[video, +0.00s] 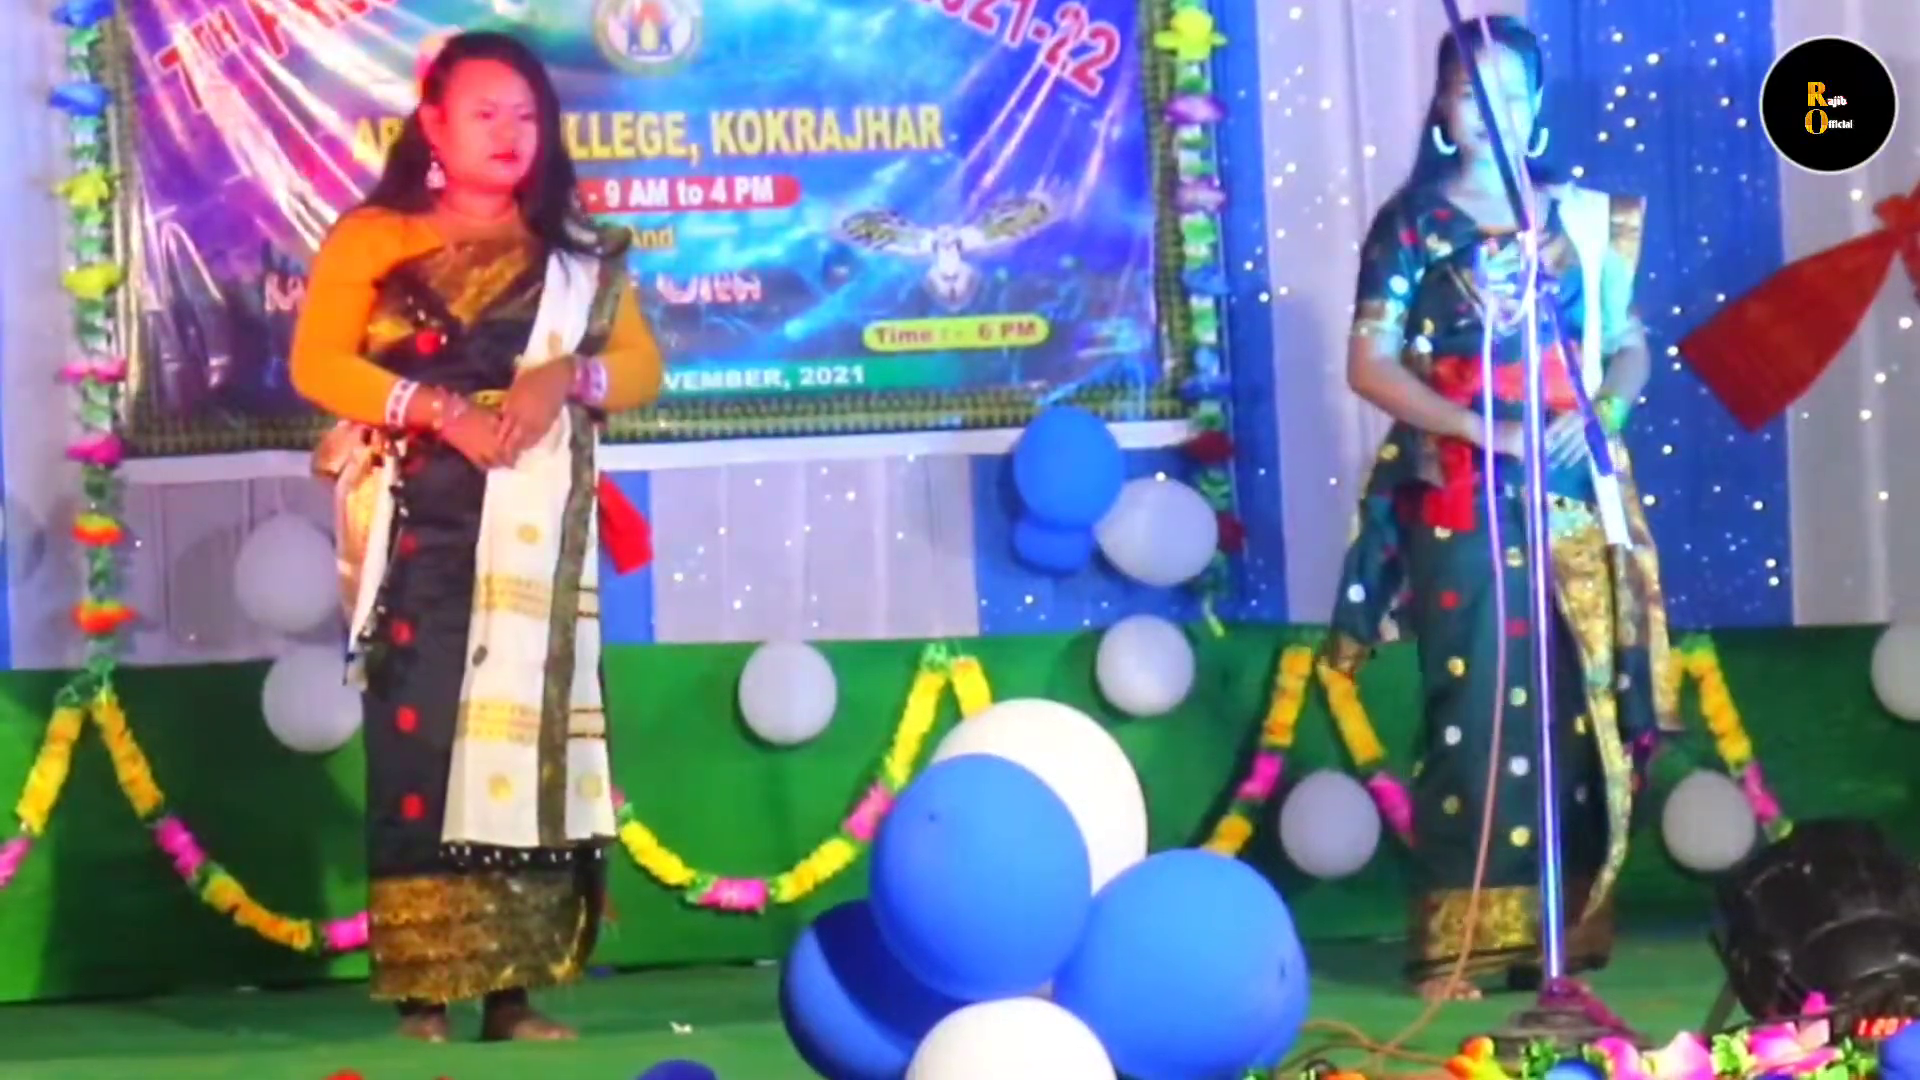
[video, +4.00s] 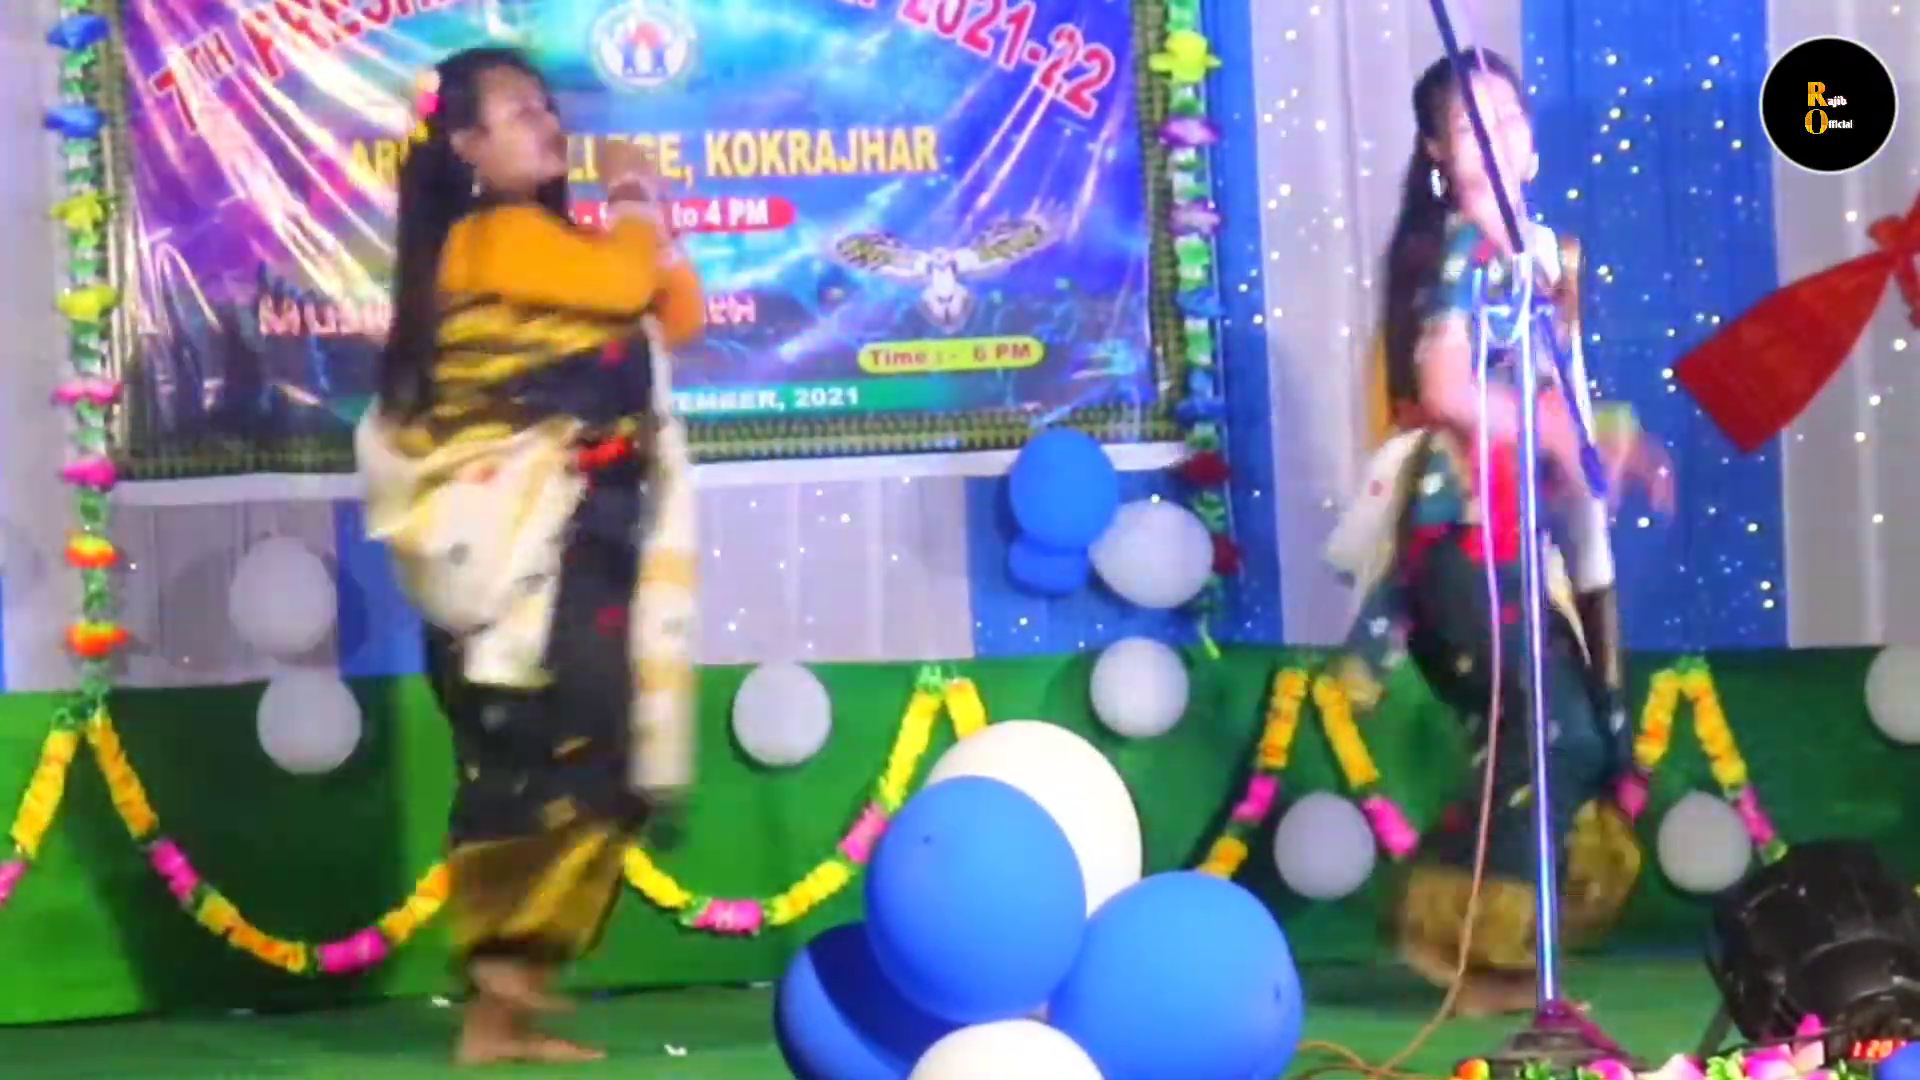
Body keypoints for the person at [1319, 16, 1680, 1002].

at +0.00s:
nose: (1461, 108)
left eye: (1484, 91)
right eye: (1454, 89)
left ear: (1529, 102)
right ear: (1440, 99)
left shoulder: (1577, 216)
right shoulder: (1412, 223)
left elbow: (1625, 345)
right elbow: (1367, 366)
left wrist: (1600, 408)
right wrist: (1479, 427)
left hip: (1571, 500)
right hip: (1462, 501)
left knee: (1578, 706)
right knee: (1471, 708)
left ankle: (1573, 937)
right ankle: (1458, 938)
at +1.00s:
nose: (1443, 122)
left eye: (1461, 105)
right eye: (1426, 105)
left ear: (1494, 113)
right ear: (1404, 117)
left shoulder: (1548, 227)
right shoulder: (1372, 230)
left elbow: (1584, 389)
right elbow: (1334, 369)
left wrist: (1571, 304)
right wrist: (1456, 436)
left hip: (1535, 504)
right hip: (1424, 507)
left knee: (1541, 716)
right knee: (1440, 718)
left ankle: (1530, 951)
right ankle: (1434, 956)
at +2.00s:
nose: (1456, 122)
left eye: (1471, 104)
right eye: (1435, 107)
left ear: (1495, 114)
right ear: (1405, 122)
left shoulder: (1527, 227)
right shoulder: (1379, 233)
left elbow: (1550, 360)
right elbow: (1337, 377)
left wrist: (1555, 435)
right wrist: (1463, 451)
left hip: (1521, 505)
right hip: (1425, 512)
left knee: (1532, 720)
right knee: (1442, 723)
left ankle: (1520, 951)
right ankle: (1434, 957)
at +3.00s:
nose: (1452, 134)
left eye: (1467, 116)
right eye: (1432, 116)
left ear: (1490, 124)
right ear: (1398, 126)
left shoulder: (1525, 234)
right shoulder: (1366, 242)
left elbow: (1560, 391)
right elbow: (1328, 385)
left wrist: (1561, 308)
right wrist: (1457, 451)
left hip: (1529, 515)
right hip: (1426, 520)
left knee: (1538, 729)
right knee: (1440, 730)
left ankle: (1530, 967)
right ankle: (1438, 968)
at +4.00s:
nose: (1503, 139)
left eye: (1510, 119)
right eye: (1478, 125)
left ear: (1530, 129)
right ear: (1441, 145)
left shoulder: (1525, 248)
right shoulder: (1448, 244)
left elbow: (1536, 390)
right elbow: (1441, 391)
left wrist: (1609, 446)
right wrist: (1549, 435)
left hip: (1513, 529)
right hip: (1460, 531)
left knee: (1563, 727)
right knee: (1554, 727)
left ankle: (1451, 907)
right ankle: (1477, 929)